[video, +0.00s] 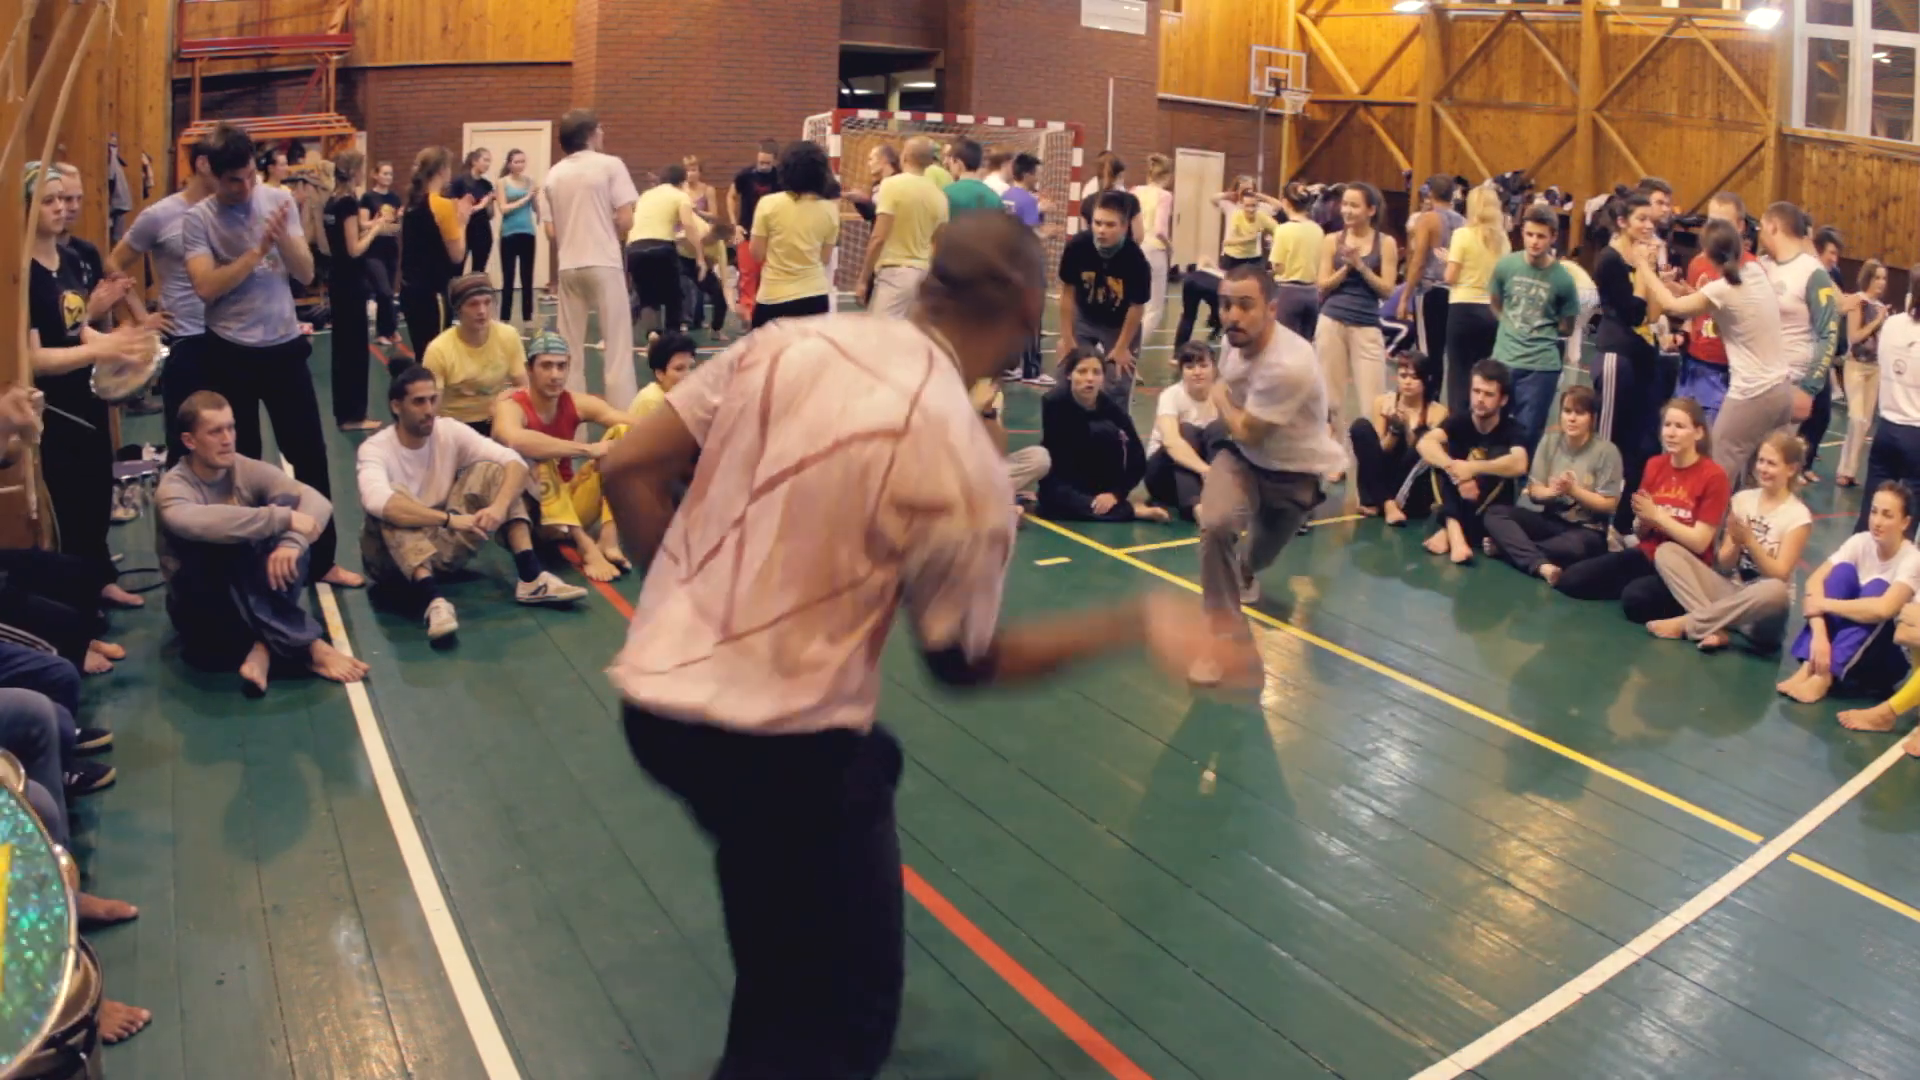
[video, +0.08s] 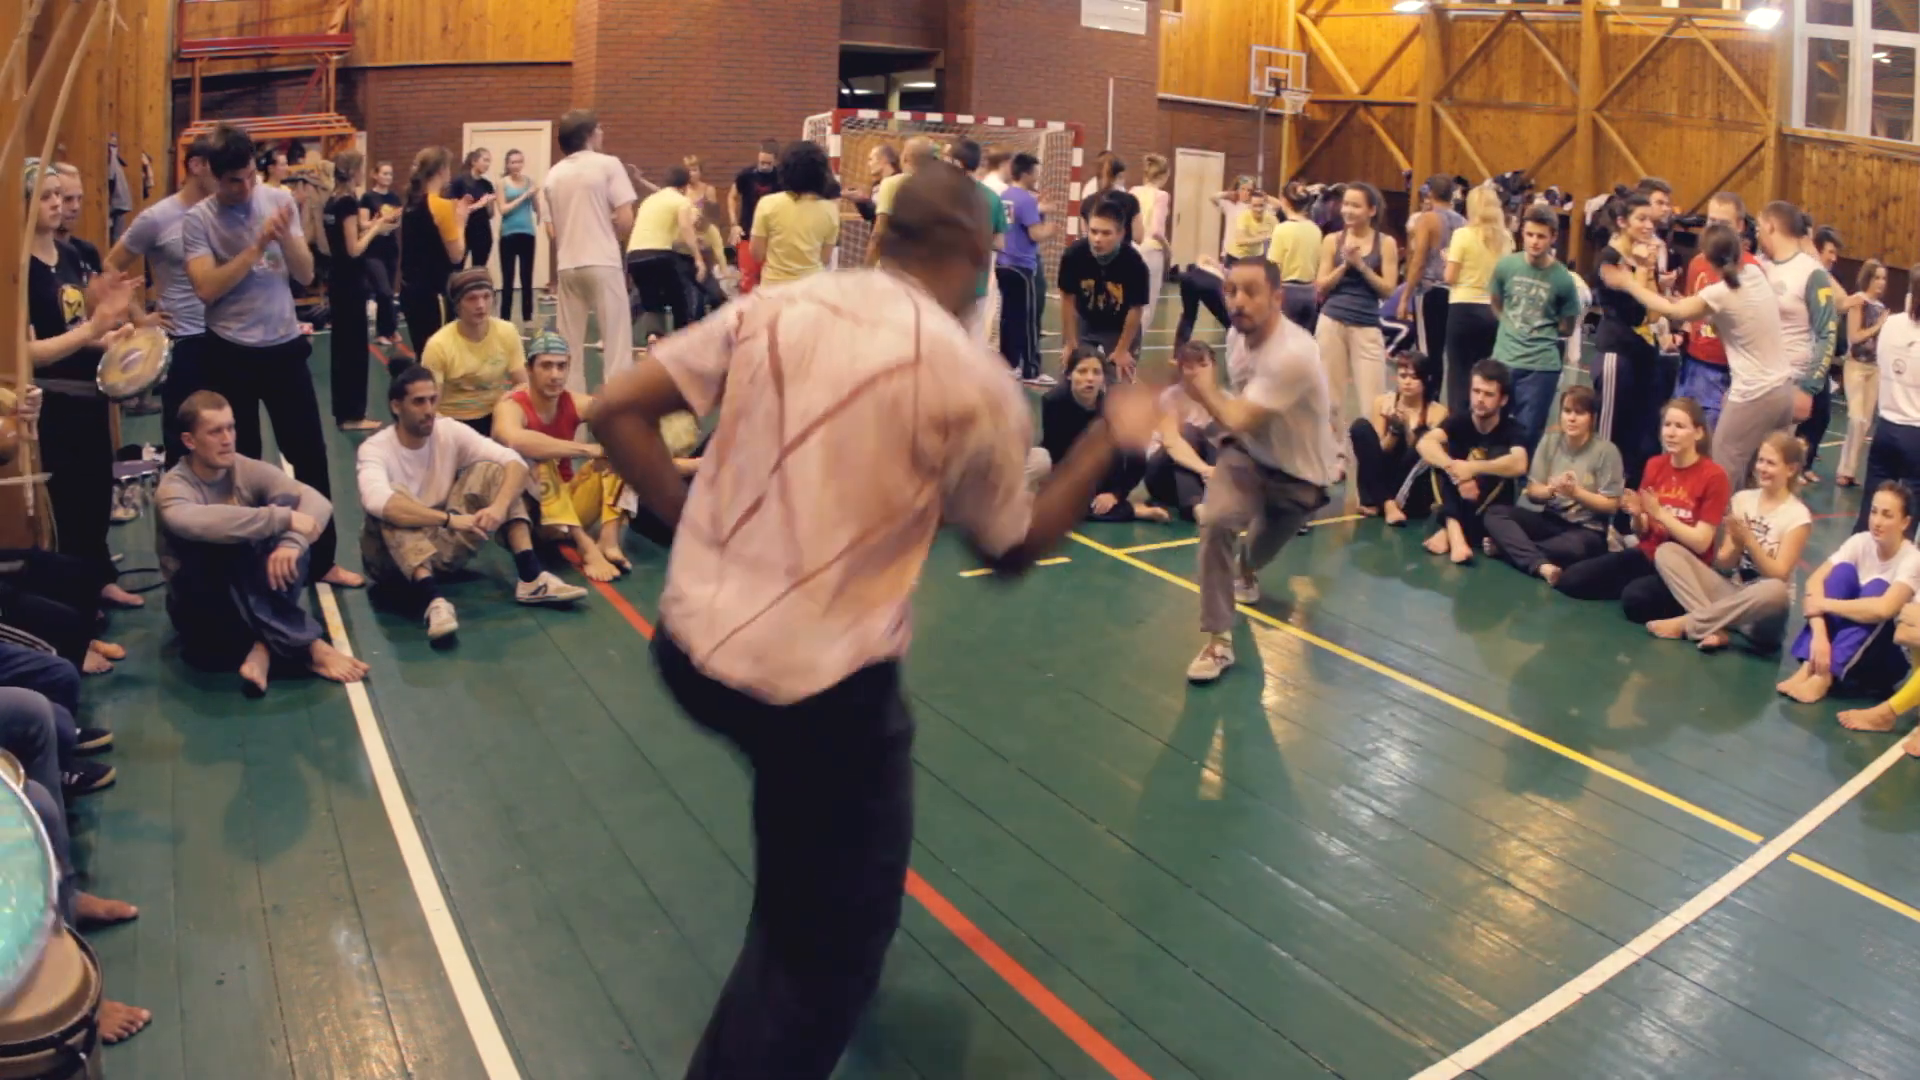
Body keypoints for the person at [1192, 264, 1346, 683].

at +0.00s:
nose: (1233, 317)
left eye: (1245, 306)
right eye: (1226, 306)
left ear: (1270, 308)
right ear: (1219, 308)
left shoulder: (1290, 364)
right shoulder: (1234, 344)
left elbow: (1248, 433)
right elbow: (1227, 394)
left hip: (1293, 474)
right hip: (1240, 453)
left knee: (1261, 553)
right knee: (1217, 526)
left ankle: (1244, 571)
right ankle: (1222, 637)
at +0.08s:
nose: (1238, 302)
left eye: (1250, 292)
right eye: (1232, 291)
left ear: (1277, 296)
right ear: (1226, 294)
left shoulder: (1296, 353)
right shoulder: (1239, 338)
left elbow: (1241, 420)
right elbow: (1244, 401)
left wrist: (1204, 389)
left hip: (1299, 480)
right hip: (1246, 455)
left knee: (1260, 550)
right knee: (1216, 522)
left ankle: (1245, 570)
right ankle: (1218, 639)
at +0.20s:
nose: (1219, 271)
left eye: (1229, 260)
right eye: (1214, 263)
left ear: (1259, 262)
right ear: (1214, 269)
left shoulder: (1274, 294)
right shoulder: (1249, 303)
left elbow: (1204, 354)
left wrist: (1193, 299)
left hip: (1331, 443)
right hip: (1276, 429)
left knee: (1285, 539)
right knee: (1243, 521)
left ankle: (1284, 565)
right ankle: (1237, 630)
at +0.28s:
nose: (1207, 286)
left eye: (1216, 274)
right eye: (1202, 277)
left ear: (1249, 268)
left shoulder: (1266, 293)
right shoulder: (1249, 307)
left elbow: (1189, 351)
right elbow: (1271, 369)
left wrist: (1193, 302)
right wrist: (1216, 361)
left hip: (1353, 436)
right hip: (1300, 432)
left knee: (1293, 540)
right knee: (1250, 516)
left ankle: (1331, 591)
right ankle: (1280, 613)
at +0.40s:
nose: (1199, 327)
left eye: (1206, 313)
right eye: (1194, 316)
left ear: (1238, 304)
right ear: (1235, 309)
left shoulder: (1254, 336)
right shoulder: (1263, 331)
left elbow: (1203, 423)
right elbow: (1266, 414)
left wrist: (1168, 410)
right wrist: (1213, 405)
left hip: (1369, 453)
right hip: (1321, 451)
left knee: (1332, 566)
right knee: (1265, 523)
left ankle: (1409, 659)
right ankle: (1286, 627)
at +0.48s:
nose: (1200, 345)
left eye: (1206, 332)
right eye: (1196, 335)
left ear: (1241, 323)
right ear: (1243, 325)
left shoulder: (1253, 364)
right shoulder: (1280, 340)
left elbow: (1222, 460)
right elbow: (1300, 434)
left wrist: (1199, 458)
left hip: (1381, 470)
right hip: (1331, 462)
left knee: (1371, 588)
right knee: (1270, 527)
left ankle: (1444, 704)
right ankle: (1283, 630)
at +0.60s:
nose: (1235, 344)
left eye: (1243, 331)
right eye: (1231, 334)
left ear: (1279, 322)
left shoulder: (1296, 359)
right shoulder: (1288, 358)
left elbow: (1250, 441)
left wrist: (1226, 468)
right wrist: (1281, 462)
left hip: (1403, 483)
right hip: (1342, 481)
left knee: (1401, 585)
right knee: (1266, 543)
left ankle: (1431, 710)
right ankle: (1280, 635)